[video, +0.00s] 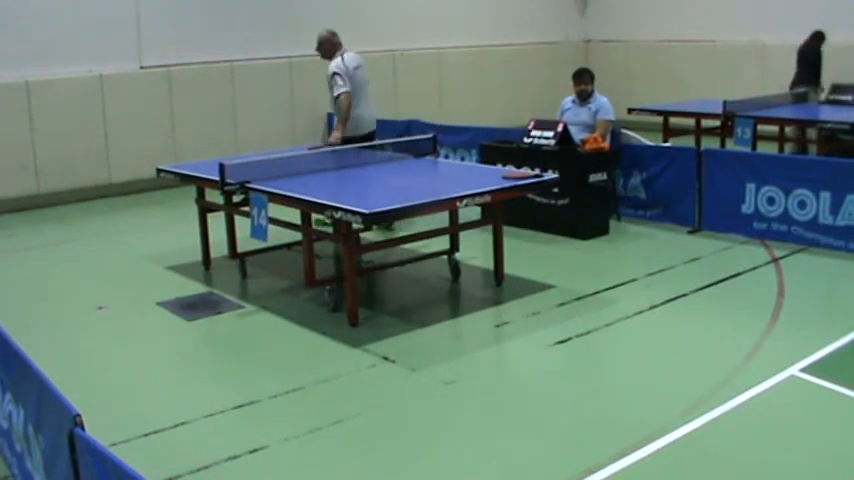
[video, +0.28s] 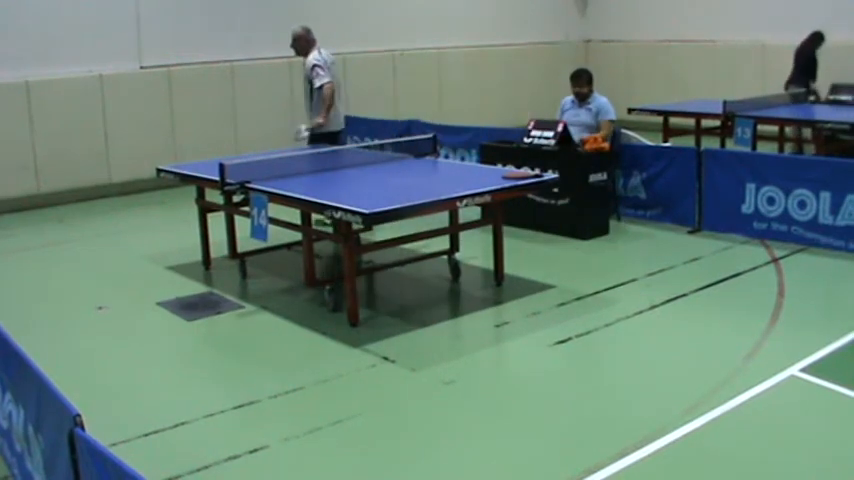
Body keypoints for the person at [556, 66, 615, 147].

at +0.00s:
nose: (582, 88)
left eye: (586, 84)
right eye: (578, 85)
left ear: (592, 85)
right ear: (573, 86)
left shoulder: (602, 103)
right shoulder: (566, 103)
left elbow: (601, 135)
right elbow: (560, 127)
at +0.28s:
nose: (577, 90)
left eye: (581, 87)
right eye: (574, 87)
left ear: (590, 87)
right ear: (571, 87)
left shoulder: (602, 103)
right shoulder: (566, 103)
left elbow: (606, 132)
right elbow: (559, 125)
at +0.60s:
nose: (575, 91)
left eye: (579, 87)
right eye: (572, 87)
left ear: (588, 87)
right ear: (569, 87)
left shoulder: (601, 104)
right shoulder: (565, 103)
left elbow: (602, 133)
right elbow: (559, 126)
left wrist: (583, 134)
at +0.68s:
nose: (574, 91)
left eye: (578, 87)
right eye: (572, 87)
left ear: (588, 87)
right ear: (568, 87)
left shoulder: (601, 104)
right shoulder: (565, 103)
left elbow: (601, 133)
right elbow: (560, 126)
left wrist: (583, 134)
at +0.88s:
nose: (571, 92)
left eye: (574, 88)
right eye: (569, 89)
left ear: (586, 87)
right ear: (566, 88)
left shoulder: (600, 103)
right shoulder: (566, 102)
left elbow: (602, 132)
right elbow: (559, 125)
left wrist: (583, 131)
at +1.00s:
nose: (569, 93)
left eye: (572, 89)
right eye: (567, 90)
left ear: (584, 88)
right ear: (565, 89)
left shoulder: (600, 103)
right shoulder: (565, 102)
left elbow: (602, 132)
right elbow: (556, 124)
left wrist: (581, 127)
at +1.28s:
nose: (566, 93)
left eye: (569, 90)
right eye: (565, 90)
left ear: (580, 87)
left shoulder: (598, 100)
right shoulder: (564, 102)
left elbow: (596, 124)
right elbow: (554, 119)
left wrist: (572, 117)